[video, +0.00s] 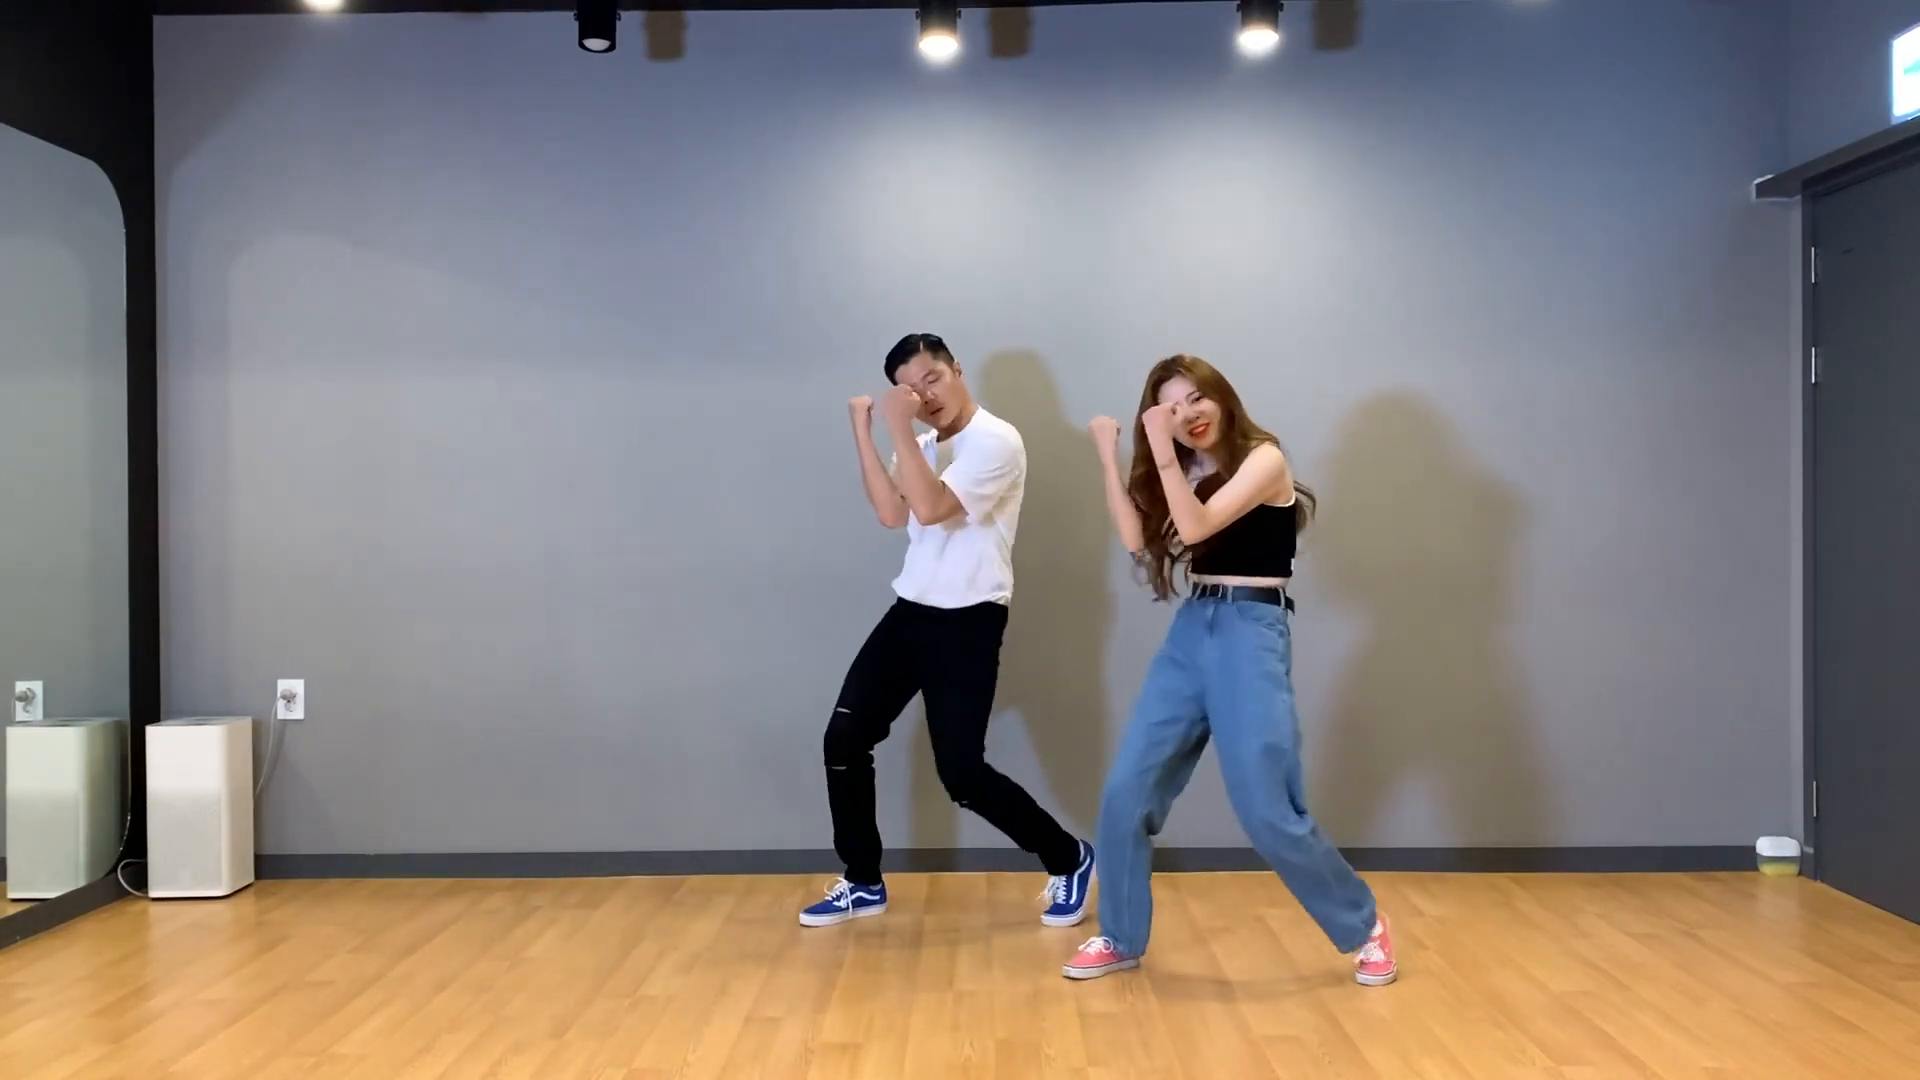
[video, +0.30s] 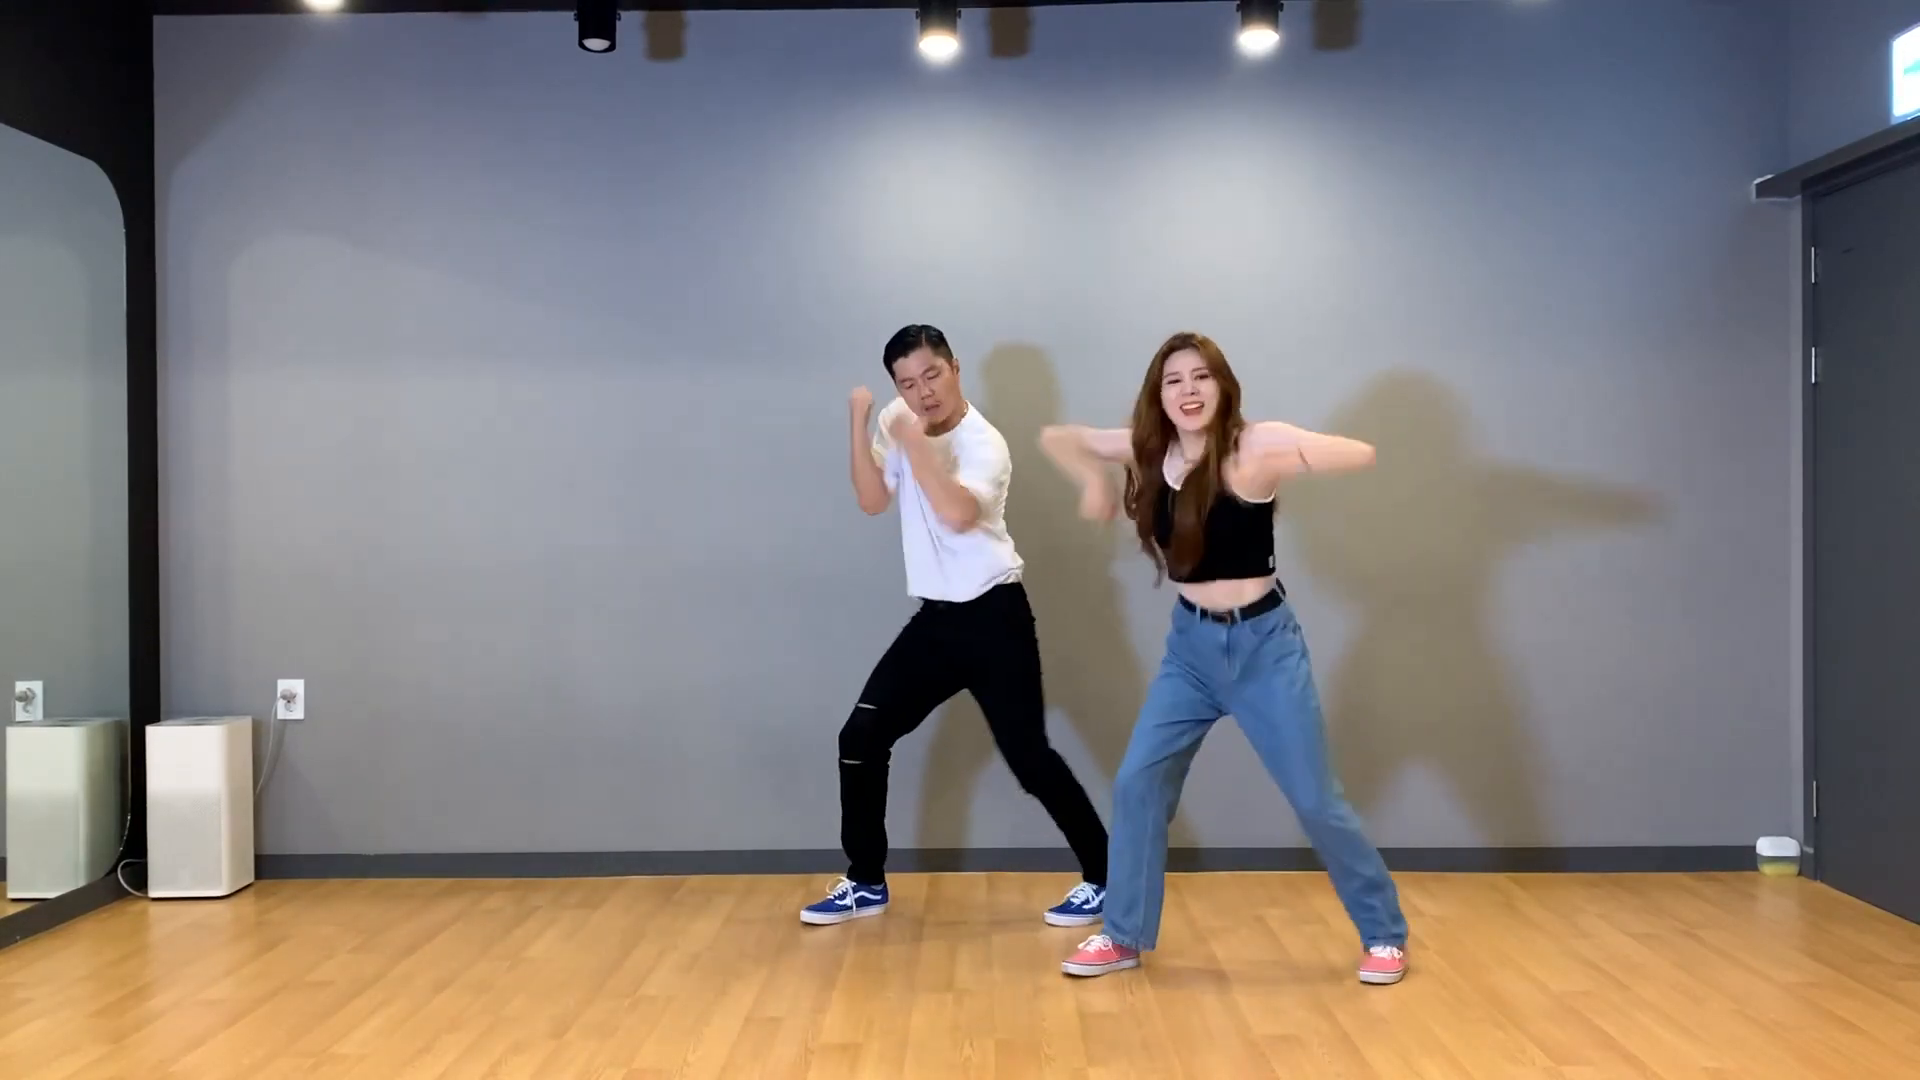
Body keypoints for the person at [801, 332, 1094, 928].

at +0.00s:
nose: (925, 396)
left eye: (932, 379)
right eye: (913, 390)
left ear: (958, 372)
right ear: (907, 400)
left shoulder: (998, 441)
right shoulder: (926, 445)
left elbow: (931, 507)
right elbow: (891, 512)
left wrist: (902, 429)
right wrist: (864, 437)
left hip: (968, 622)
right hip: (909, 614)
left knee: (963, 776)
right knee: (845, 739)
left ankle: (1071, 860)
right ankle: (863, 883)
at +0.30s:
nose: (924, 390)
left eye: (933, 374)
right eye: (910, 382)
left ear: (957, 370)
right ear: (899, 390)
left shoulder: (984, 444)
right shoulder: (900, 423)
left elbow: (957, 512)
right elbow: (873, 500)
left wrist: (915, 437)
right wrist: (860, 429)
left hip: (996, 617)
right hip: (936, 619)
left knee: (1030, 760)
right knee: (861, 739)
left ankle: (1105, 878)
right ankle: (866, 883)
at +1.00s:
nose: (929, 381)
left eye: (937, 366)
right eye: (914, 371)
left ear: (949, 363)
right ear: (889, 373)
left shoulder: (986, 439)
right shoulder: (861, 431)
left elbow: (1002, 540)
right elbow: (828, 513)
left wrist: (1015, 624)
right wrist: (787, 584)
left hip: (972, 616)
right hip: (892, 618)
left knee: (1024, 747)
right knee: (858, 751)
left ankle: (1017, 881)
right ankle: (841, 879)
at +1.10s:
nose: (944, 386)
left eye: (948, 373)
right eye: (931, 377)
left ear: (952, 371)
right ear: (894, 377)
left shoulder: (981, 441)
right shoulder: (860, 452)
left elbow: (1011, 536)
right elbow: (841, 547)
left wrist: (1043, 620)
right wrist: (806, 595)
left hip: (977, 622)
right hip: (897, 625)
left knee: (1023, 752)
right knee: (850, 745)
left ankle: (1026, 878)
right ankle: (848, 880)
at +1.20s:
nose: (947, 390)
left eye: (951, 378)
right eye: (934, 380)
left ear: (953, 373)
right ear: (895, 379)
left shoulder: (978, 434)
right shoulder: (857, 449)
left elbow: (1022, 521)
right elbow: (854, 542)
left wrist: (1067, 597)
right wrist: (830, 605)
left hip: (979, 620)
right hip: (904, 626)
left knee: (1011, 750)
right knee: (846, 741)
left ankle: (1064, 865)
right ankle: (850, 880)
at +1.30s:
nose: (940, 394)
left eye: (944, 381)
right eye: (927, 383)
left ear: (947, 381)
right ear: (889, 386)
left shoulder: (967, 450)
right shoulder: (848, 448)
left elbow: (1048, 505)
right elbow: (853, 539)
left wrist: (1080, 591)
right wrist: (842, 619)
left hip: (977, 627)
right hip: (904, 634)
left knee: (1016, 757)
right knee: (841, 748)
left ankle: (1090, 869)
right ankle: (852, 879)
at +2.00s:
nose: (883, 388)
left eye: (893, 374)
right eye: (868, 376)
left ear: (905, 374)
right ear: (844, 378)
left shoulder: (936, 442)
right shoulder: (812, 438)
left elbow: (949, 538)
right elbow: (771, 519)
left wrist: (956, 621)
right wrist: (728, 593)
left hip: (913, 622)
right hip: (834, 620)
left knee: (930, 759)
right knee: (792, 741)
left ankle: (901, 870)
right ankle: (754, 863)